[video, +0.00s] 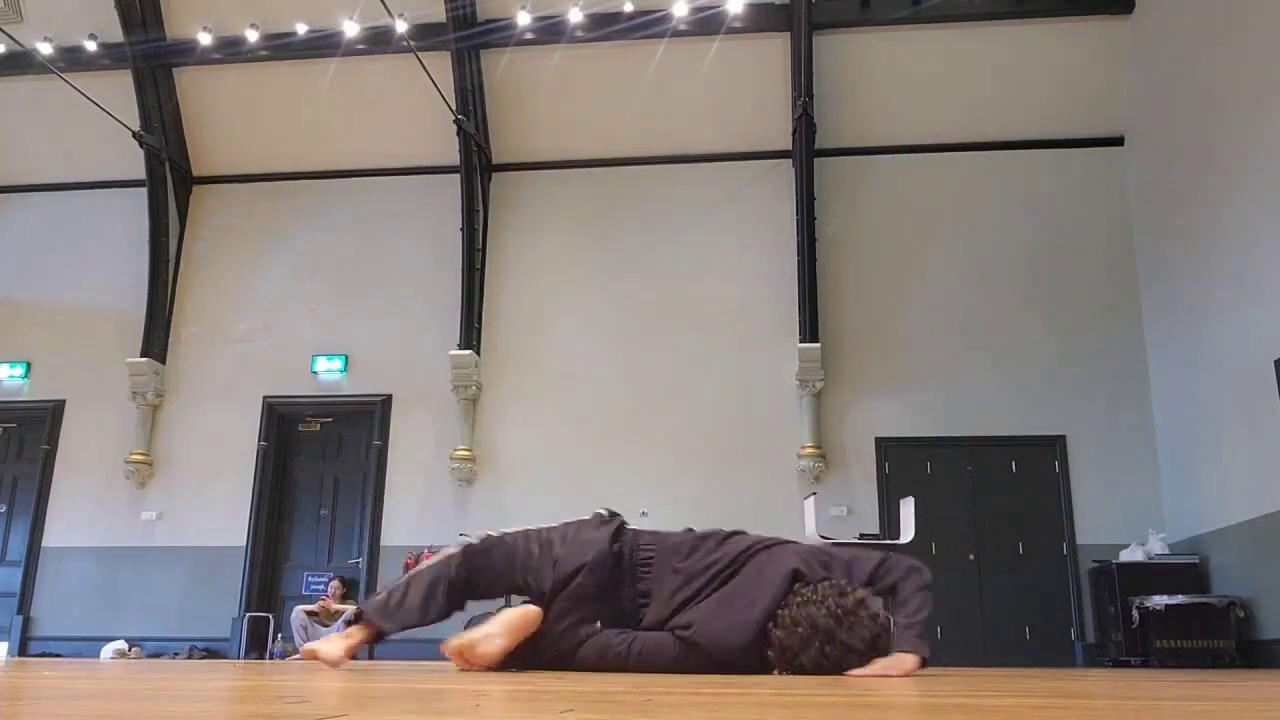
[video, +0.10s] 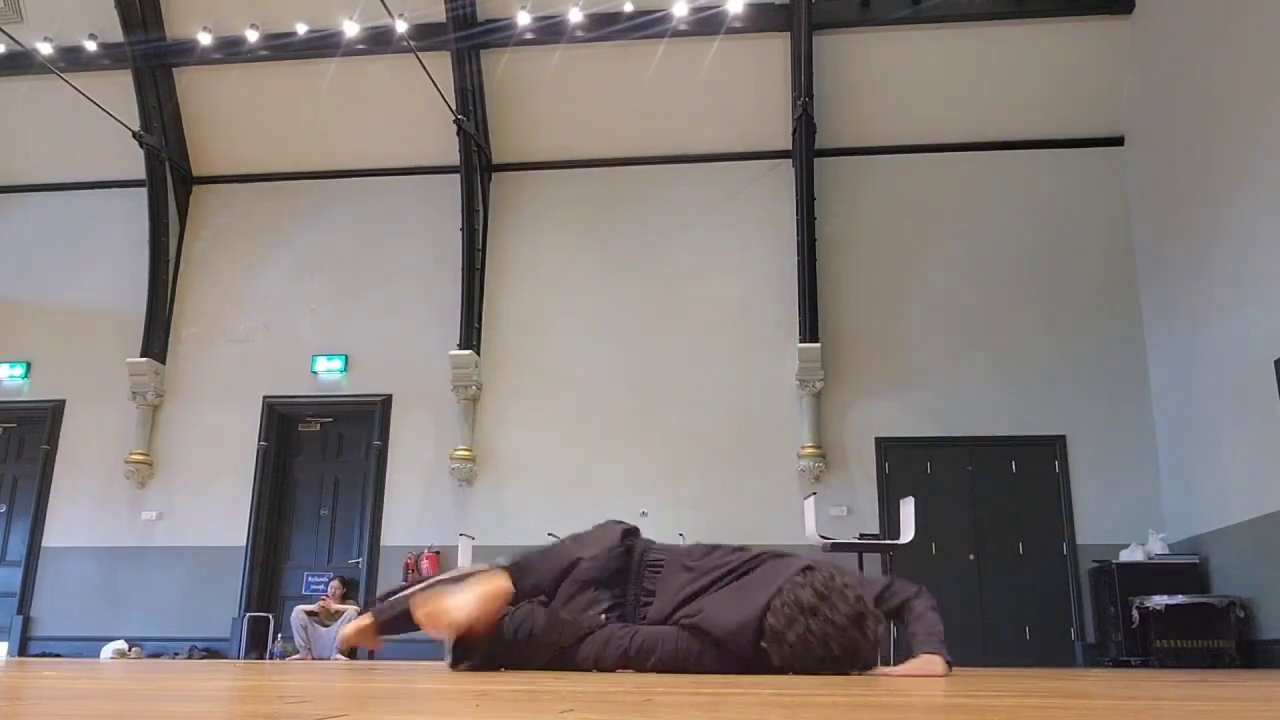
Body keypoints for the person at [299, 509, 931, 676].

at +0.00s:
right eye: (843, 673)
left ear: (852, 595)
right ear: (788, 661)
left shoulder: (841, 573)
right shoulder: (718, 645)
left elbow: (912, 570)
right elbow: (596, 650)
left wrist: (911, 649)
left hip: (611, 556)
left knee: (471, 562)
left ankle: (358, 630)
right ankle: (529, 630)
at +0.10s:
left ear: (861, 615)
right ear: (783, 646)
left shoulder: (848, 593)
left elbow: (916, 597)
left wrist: (929, 655)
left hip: (625, 622)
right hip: (621, 562)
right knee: (462, 609)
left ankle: (463, 625)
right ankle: (377, 617)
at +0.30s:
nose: (838, 655)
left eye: (841, 643)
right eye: (830, 649)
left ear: (838, 623)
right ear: (798, 643)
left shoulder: (813, 605)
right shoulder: (716, 642)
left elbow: (883, 632)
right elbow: (614, 642)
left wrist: (927, 655)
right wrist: (522, 659)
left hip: (626, 597)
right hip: (597, 611)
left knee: (515, 631)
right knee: (466, 632)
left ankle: (450, 634)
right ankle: (510, 513)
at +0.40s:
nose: (817, 653)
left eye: (823, 641)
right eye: (805, 642)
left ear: (831, 622)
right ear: (774, 624)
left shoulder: (814, 609)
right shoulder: (713, 642)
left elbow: (883, 630)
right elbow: (606, 645)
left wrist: (928, 655)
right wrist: (511, 655)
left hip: (622, 606)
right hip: (585, 615)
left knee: (494, 645)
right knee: (476, 638)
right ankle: (543, 515)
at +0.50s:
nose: (803, 646)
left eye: (813, 636)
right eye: (791, 635)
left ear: (825, 621)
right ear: (762, 614)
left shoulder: (816, 613)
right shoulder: (701, 635)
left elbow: (888, 630)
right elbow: (592, 642)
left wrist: (927, 654)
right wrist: (506, 654)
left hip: (637, 604)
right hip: (593, 611)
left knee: (543, 627)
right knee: (496, 626)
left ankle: (460, 619)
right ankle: (573, 514)